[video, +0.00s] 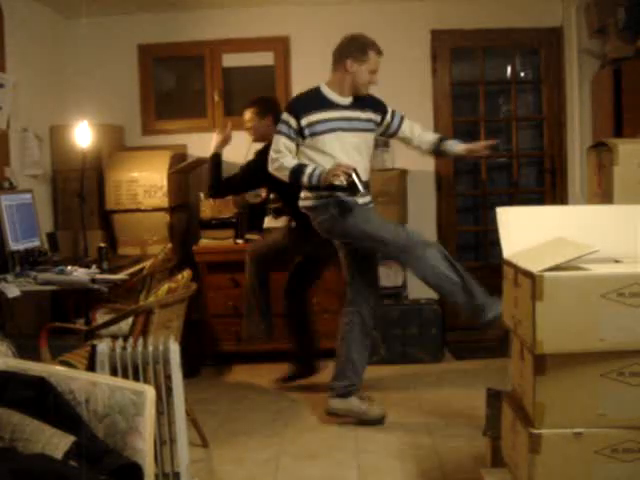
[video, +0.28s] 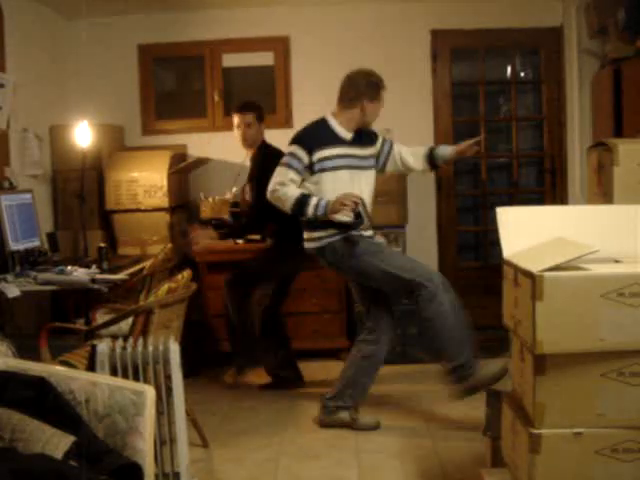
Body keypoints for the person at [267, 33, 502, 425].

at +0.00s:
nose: (375, 77)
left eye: (377, 70)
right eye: (371, 70)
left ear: (354, 69)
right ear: (348, 66)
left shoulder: (371, 109)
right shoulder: (301, 108)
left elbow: (415, 133)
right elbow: (277, 163)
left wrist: (460, 147)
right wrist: (321, 176)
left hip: (359, 209)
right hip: (326, 210)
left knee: (362, 300)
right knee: (418, 247)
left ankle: (343, 395)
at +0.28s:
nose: (379, 111)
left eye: (380, 104)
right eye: (377, 103)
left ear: (359, 102)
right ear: (361, 102)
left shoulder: (371, 141)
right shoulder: (311, 137)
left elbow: (406, 158)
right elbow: (278, 188)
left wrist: (451, 152)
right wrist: (324, 207)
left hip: (363, 239)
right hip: (332, 241)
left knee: (380, 322)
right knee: (426, 281)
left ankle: (339, 406)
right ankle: (465, 369)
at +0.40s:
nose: (372, 75)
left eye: (370, 68)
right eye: (371, 68)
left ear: (340, 65)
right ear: (365, 68)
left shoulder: (361, 109)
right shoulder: (327, 109)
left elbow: (393, 140)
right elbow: (294, 166)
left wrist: (398, 163)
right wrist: (346, 194)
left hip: (356, 219)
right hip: (340, 221)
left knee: (360, 310)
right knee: (402, 300)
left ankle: (339, 402)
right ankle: (392, 398)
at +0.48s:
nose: (374, 66)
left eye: (373, 59)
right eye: (374, 59)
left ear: (340, 56)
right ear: (369, 59)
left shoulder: (347, 97)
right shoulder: (338, 98)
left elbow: (339, 161)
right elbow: (307, 161)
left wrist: (376, 188)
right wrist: (359, 194)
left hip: (352, 215)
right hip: (345, 217)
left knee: (366, 306)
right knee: (376, 310)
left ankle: (308, 357)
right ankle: (353, 410)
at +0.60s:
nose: (393, 104)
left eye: (393, 96)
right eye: (394, 96)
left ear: (363, 84)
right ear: (387, 94)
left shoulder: (335, 116)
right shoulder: (358, 128)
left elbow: (313, 188)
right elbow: (334, 194)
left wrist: (367, 216)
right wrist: (382, 214)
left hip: (332, 237)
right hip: (351, 243)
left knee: (396, 283)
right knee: (366, 334)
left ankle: (318, 282)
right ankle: (334, 421)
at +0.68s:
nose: (396, 117)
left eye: (396, 110)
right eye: (398, 110)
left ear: (366, 94)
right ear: (395, 107)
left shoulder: (330, 122)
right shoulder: (374, 143)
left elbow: (299, 177)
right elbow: (354, 206)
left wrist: (331, 200)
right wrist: (393, 216)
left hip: (316, 233)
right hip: (345, 245)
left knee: (398, 243)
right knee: (375, 331)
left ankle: (347, 300)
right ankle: (334, 420)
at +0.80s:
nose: (391, 86)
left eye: (389, 80)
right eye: (393, 81)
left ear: (360, 71)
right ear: (391, 79)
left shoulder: (317, 102)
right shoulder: (388, 124)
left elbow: (269, 133)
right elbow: (389, 187)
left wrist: (282, 183)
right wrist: (413, 186)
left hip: (312, 220)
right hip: (352, 233)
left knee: (391, 226)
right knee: (356, 323)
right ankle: (335, 420)